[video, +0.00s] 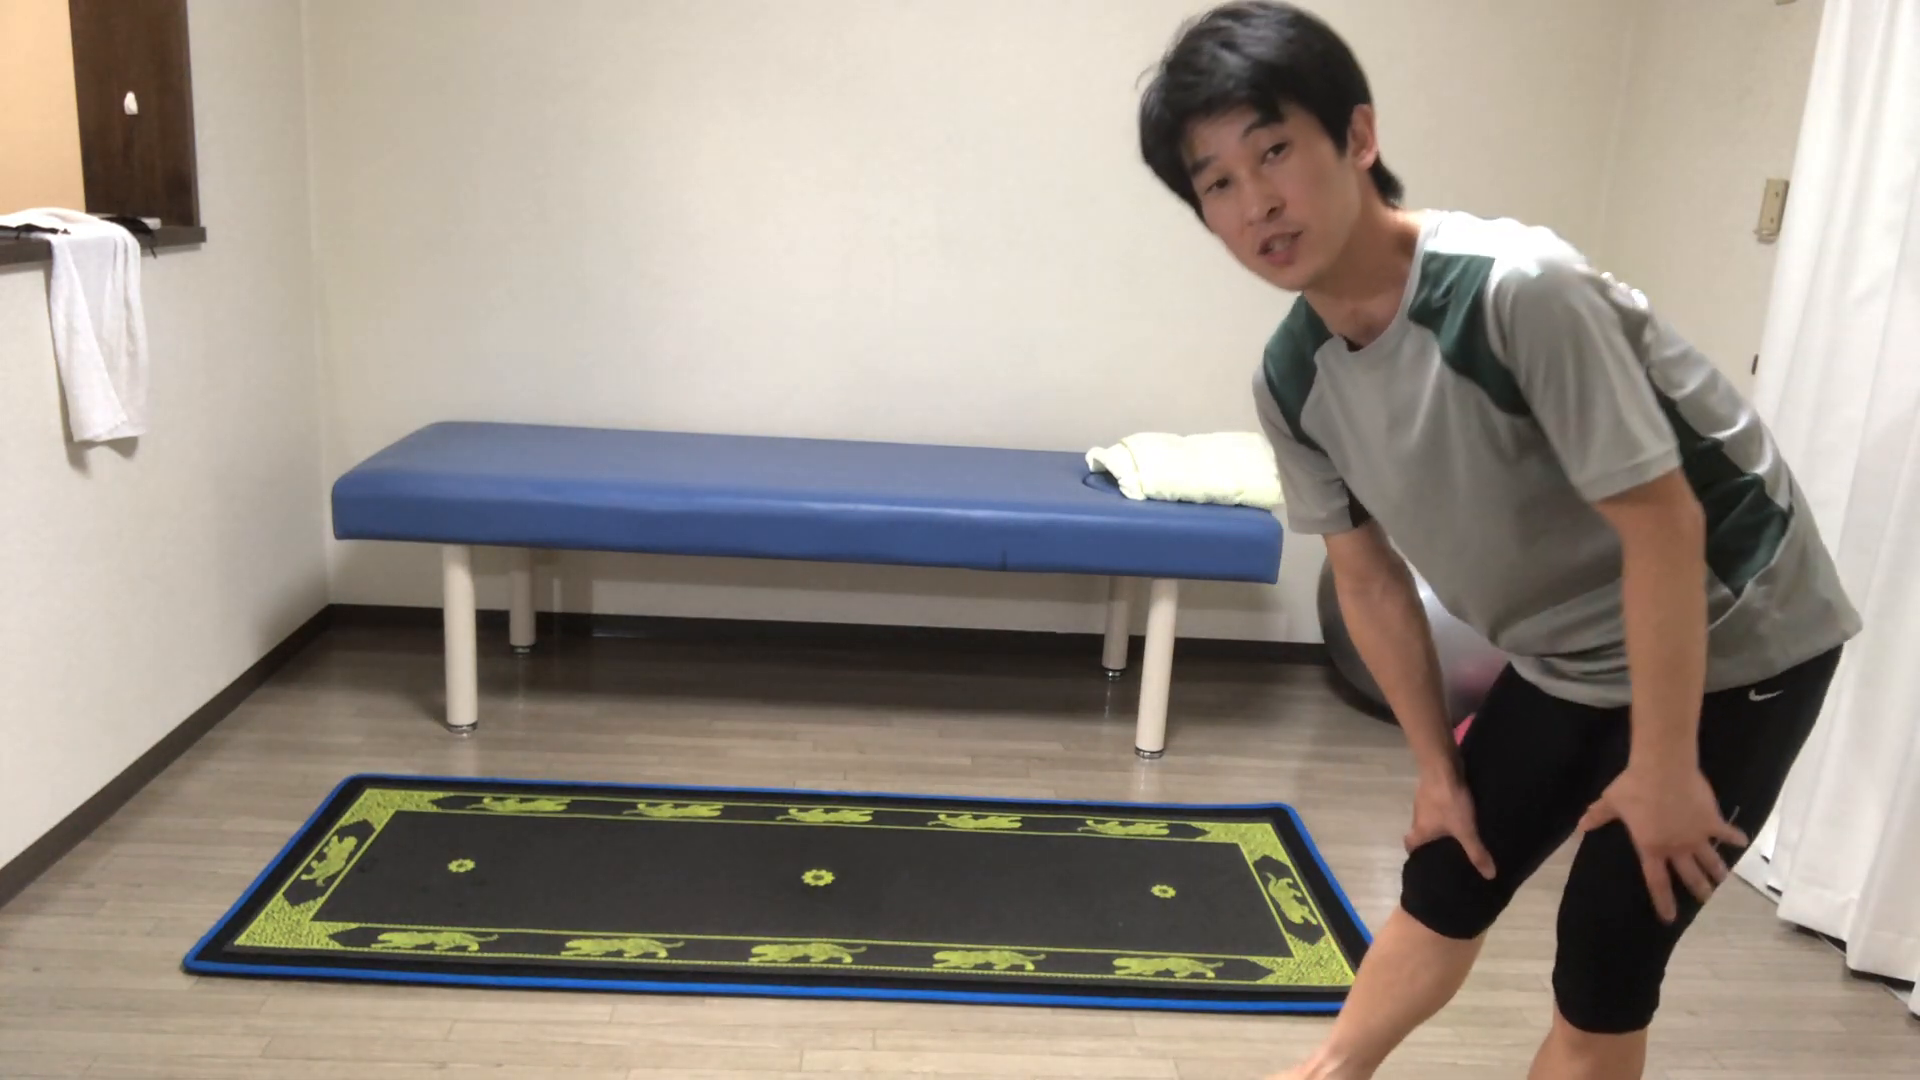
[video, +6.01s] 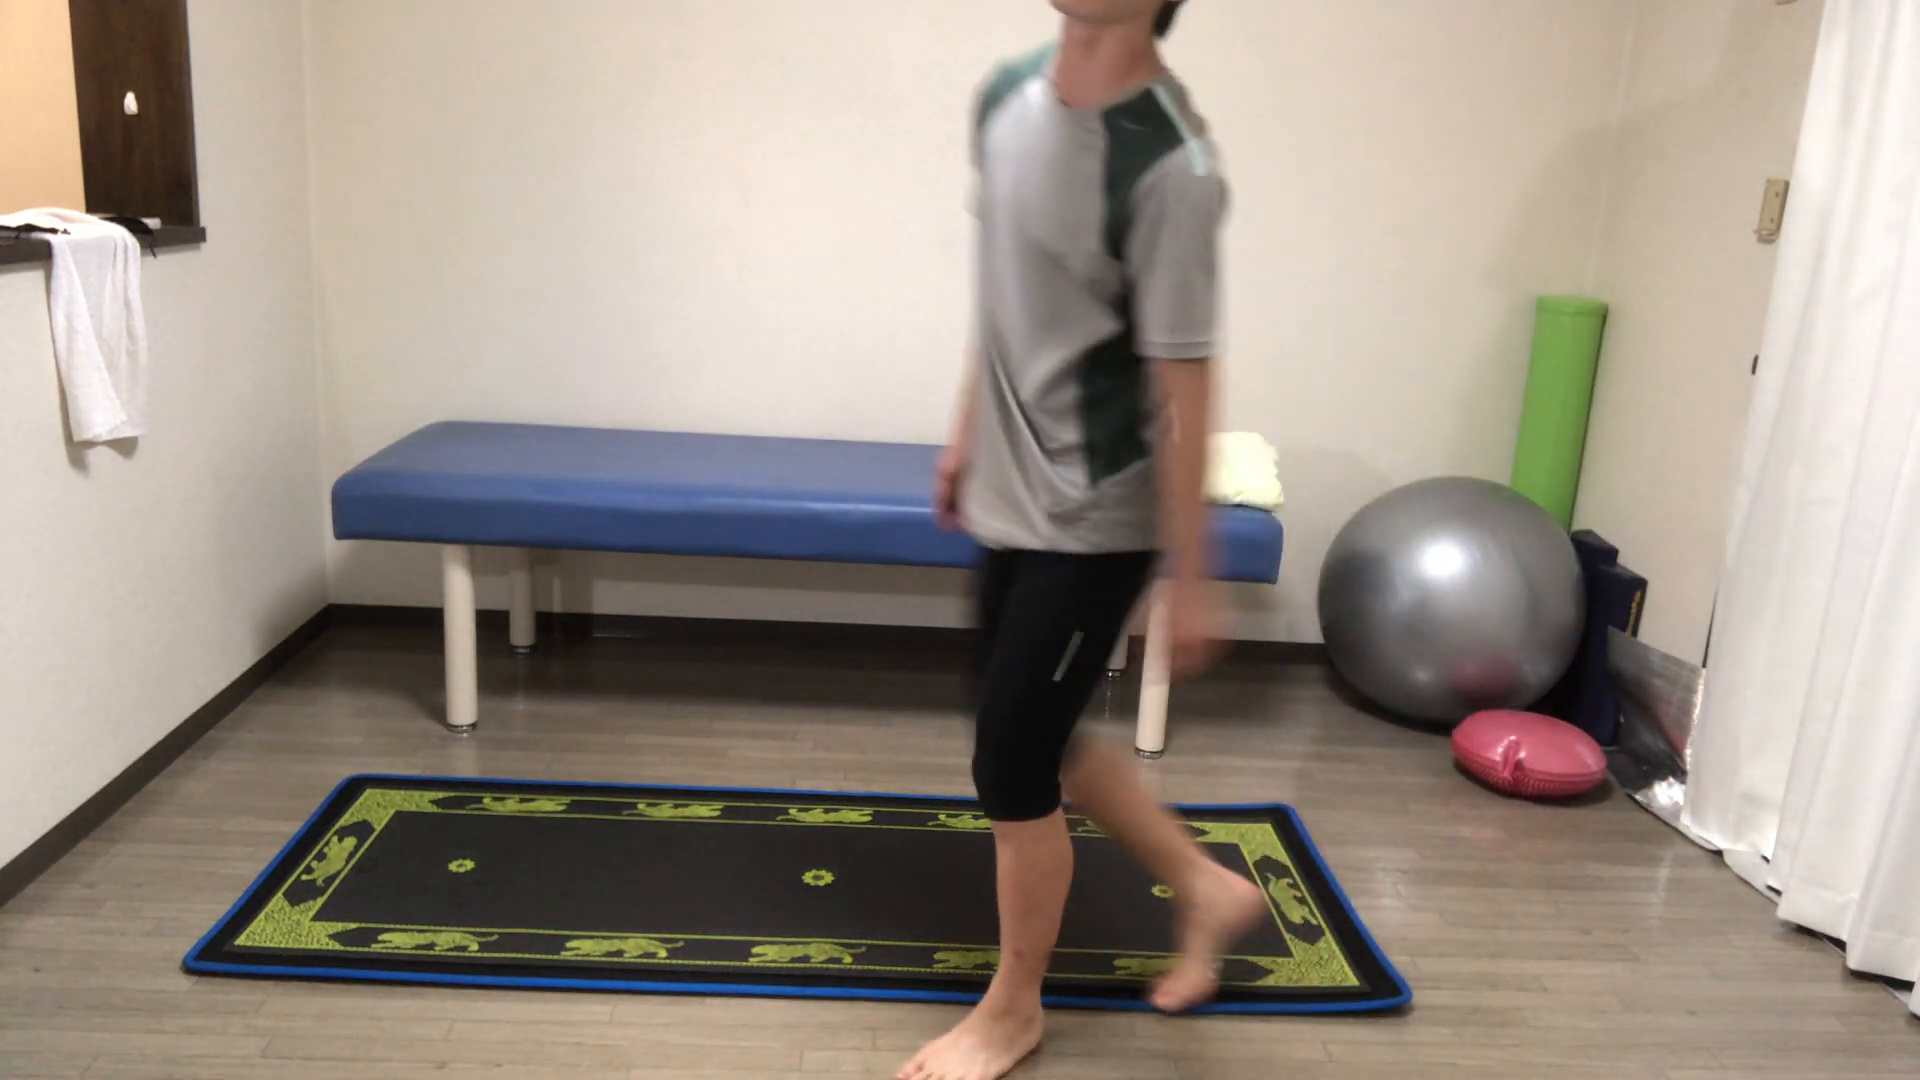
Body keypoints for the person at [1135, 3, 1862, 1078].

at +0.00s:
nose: (1253, 204)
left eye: (1274, 150)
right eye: (1215, 186)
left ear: (1356, 138)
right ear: (1203, 219)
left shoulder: (1519, 292)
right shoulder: (1293, 376)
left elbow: (1664, 524)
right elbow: (1369, 580)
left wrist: (1664, 763)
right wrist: (1435, 767)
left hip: (1748, 628)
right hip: (1573, 637)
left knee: (1611, 925)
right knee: (1446, 876)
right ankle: (1336, 1063)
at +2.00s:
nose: (1239, 199)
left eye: (1261, 146)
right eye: (1199, 174)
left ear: (1341, 126)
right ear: (1176, 198)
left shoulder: (1513, 298)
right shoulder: (1273, 326)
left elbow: (1643, 505)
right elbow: (1390, 471)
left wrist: (1620, 721)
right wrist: (1389, 626)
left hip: (1610, 622)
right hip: (1461, 608)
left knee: (1551, 930)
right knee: (1391, 852)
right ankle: (1331, 1061)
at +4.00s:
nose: (1174, 185)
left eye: (1183, 142)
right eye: (1144, 177)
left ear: (1258, 118)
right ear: (1138, 204)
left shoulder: (1414, 242)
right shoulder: (1270, 323)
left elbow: (1520, 449)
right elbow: (1410, 469)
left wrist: (1458, 654)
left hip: (1581, 580)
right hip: (1443, 579)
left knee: (1493, 857)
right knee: (1386, 815)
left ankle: (1510, 1011)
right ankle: (1326, 1058)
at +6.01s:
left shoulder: (1173, 168)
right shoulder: (1007, 95)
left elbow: (1185, 382)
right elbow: (1004, 293)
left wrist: (1190, 574)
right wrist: (968, 429)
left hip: (1103, 511)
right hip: (1008, 486)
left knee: (1017, 762)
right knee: (1032, 729)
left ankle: (1012, 1011)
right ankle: (1210, 886)